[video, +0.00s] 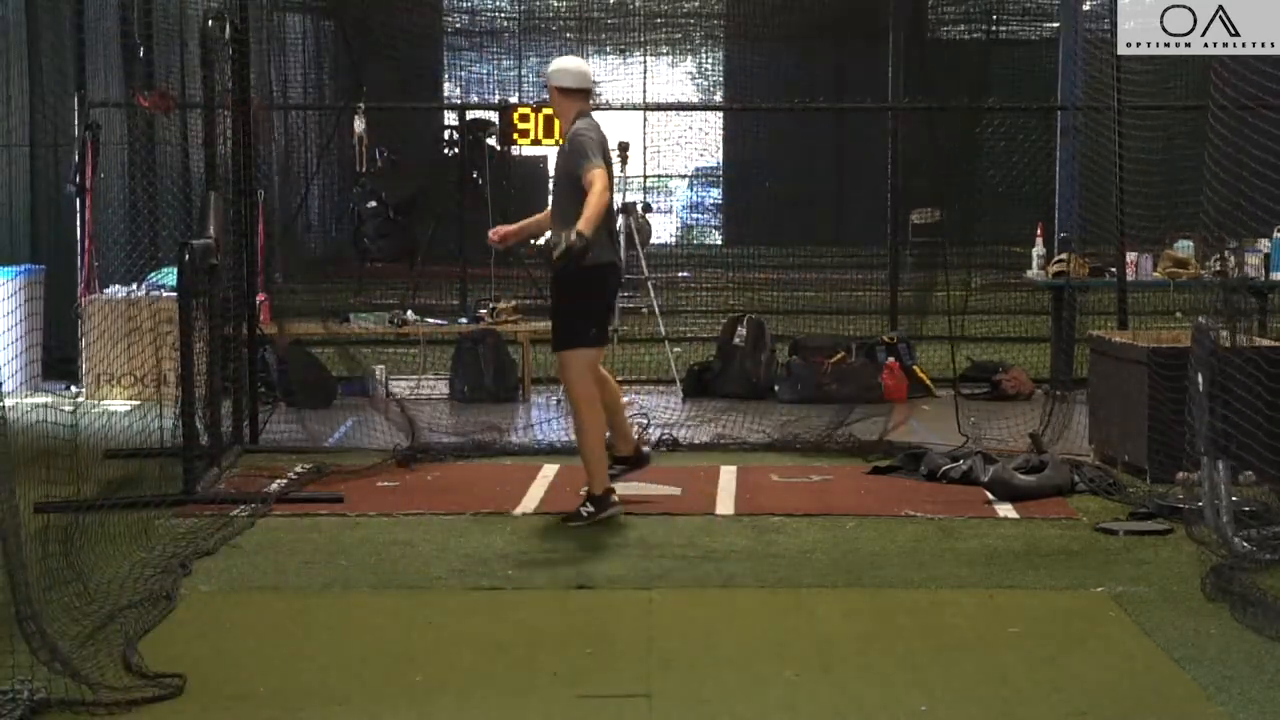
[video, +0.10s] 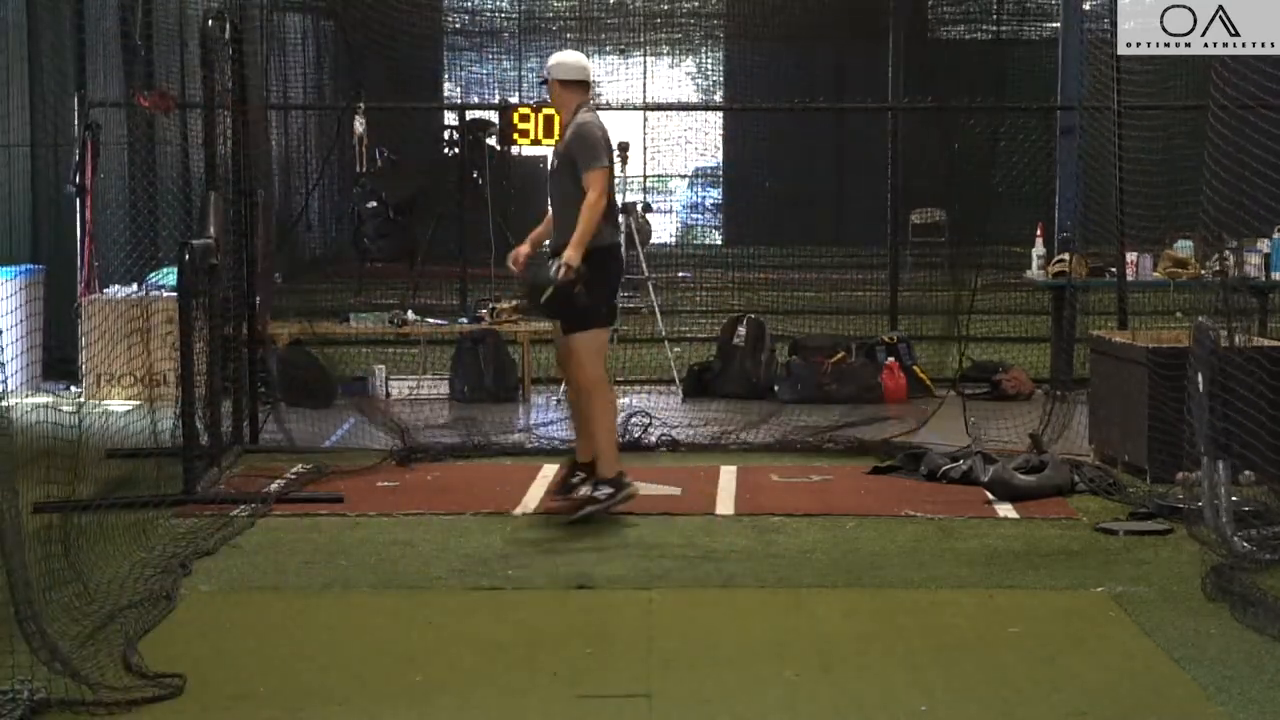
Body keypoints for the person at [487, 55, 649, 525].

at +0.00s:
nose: (549, 99)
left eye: (550, 93)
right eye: (552, 93)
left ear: (556, 94)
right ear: (587, 93)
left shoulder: (583, 134)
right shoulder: (579, 136)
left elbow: (600, 190)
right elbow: (564, 206)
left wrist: (578, 235)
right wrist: (519, 229)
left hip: (582, 264)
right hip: (590, 264)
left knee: (577, 374)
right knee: (589, 366)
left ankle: (599, 493)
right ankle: (626, 448)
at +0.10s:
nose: (548, 92)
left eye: (548, 85)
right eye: (550, 86)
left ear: (555, 86)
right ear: (584, 85)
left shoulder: (586, 129)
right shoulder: (573, 132)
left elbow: (598, 194)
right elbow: (565, 205)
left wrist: (575, 251)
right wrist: (532, 242)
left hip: (591, 261)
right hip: (573, 260)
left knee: (590, 370)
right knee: (573, 368)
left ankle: (610, 477)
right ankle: (586, 464)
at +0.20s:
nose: (549, 107)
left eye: (552, 99)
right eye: (551, 100)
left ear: (563, 101)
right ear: (583, 100)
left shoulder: (591, 146)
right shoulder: (574, 148)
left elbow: (594, 216)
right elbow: (566, 221)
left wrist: (557, 276)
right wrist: (544, 268)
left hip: (594, 272)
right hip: (569, 271)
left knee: (583, 374)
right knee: (554, 370)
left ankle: (649, 468)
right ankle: (582, 469)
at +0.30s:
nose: (550, 120)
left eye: (553, 111)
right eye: (551, 112)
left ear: (568, 112)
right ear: (581, 111)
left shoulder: (595, 158)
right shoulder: (579, 158)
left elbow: (587, 230)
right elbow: (574, 233)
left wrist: (540, 282)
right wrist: (537, 286)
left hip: (591, 281)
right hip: (564, 281)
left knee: (588, 381)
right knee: (554, 378)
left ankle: (660, 457)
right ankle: (586, 474)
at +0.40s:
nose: (557, 112)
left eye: (558, 103)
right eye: (556, 105)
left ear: (573, 100)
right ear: (583, 99)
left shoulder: (602, 142)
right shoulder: (587, 143)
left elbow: (585, 212)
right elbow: (578, 214)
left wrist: (539, 254)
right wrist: (539, 253)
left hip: (599, 265)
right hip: (569, 264)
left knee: (595, 366)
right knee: (561, 366)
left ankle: (643, 438)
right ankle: (579, 465)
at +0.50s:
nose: (564, 110)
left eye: (564, 102)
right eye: (562, 104)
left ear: (579, 96)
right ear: (589, 95)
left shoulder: (610, 134)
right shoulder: (594, 136)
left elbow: (593, 202)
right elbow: (589, 202)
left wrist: (541, 230)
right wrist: (546, 231)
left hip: (610, 255)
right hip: (576, 252)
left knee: (607, 355)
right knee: (558, 353)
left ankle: (631, 442)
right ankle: (560, 454)